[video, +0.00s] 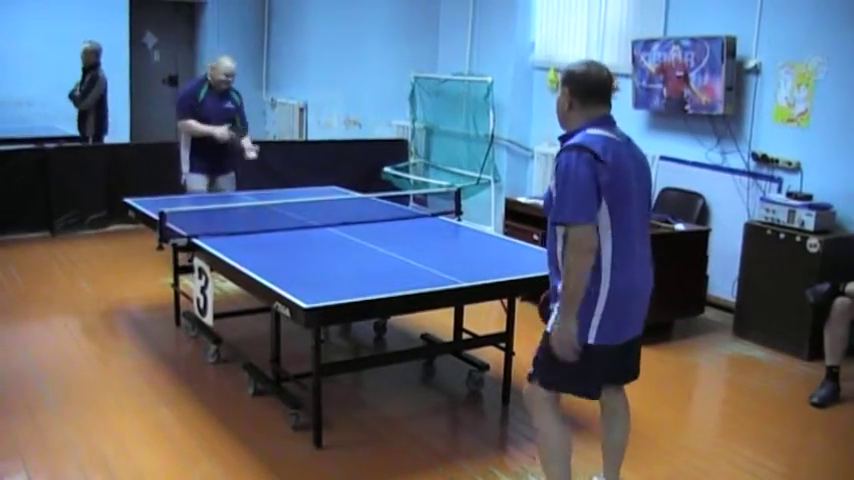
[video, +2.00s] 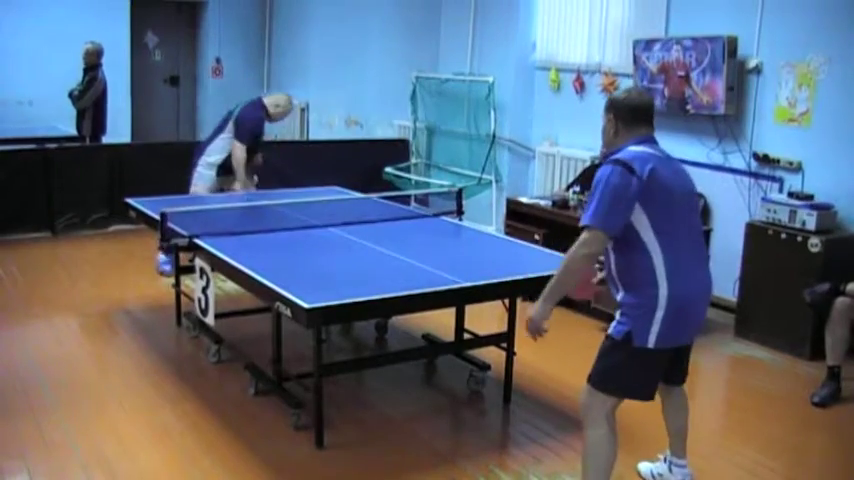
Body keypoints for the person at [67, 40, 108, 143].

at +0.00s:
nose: (84, 58)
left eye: (88, 54)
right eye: (83, 54)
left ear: (96, 56)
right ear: (82, 55)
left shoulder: (97, 77)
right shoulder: (86, 75)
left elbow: (85, 103)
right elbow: (74, 92)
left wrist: (75, 94)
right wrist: (78, 97)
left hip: (95, 128)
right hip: (85, 127)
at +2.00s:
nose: (84, 57)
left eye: (88, 54)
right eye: (84, 53)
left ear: (97, 57)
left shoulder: (96, 77)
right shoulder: (88, 74)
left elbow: (81, 103)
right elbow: (76, 89)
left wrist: (74, 92)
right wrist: (77, 94)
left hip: (92, 129)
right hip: (85, 128)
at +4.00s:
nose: (85, 57)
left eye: (89, 54)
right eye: (85, 53)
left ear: (97, 56)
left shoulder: (96, 76)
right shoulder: (88, 73)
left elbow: (81, 101)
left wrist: (74, 91)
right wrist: (76, 92)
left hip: (92, 128)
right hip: (85, 127)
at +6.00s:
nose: (83, 56)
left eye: (86, 53)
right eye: (83, 52)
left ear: (95, 55)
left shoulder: (95, 76)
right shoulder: (87, 73)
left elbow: (80, 102)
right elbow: (76, 88)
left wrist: (72, 92)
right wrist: (75, 93)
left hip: (91, 128)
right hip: (84, 126)